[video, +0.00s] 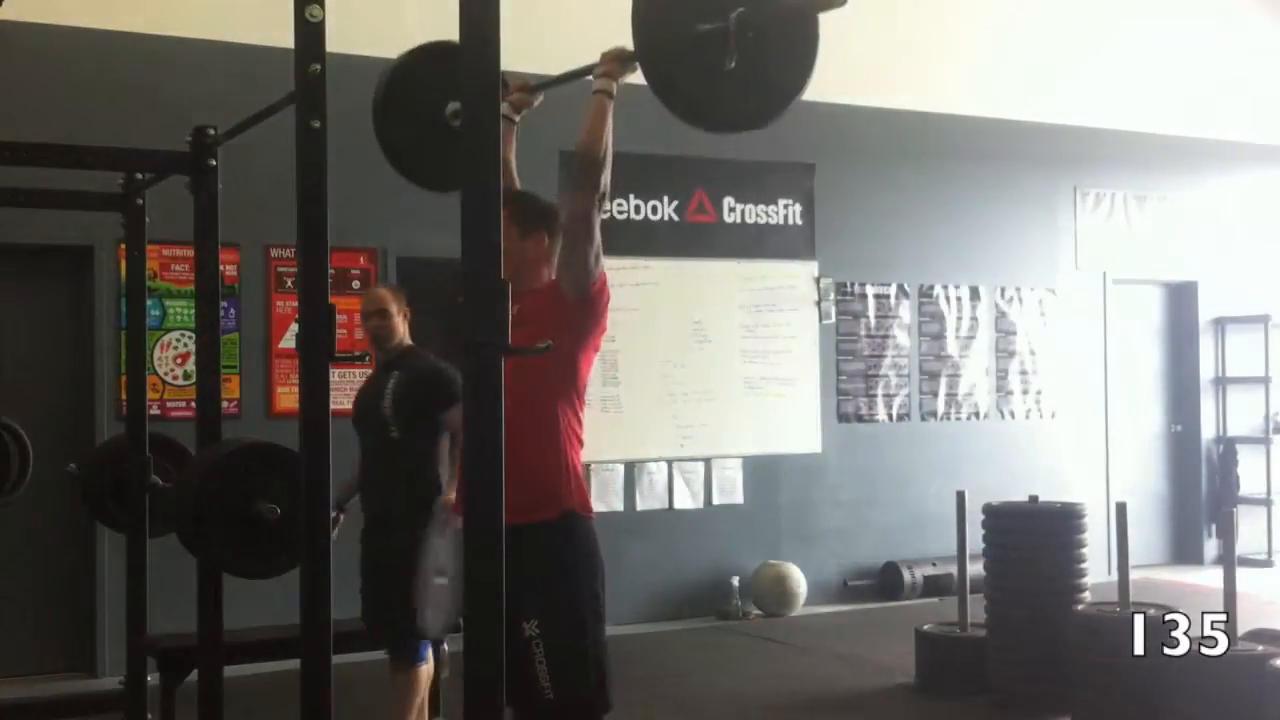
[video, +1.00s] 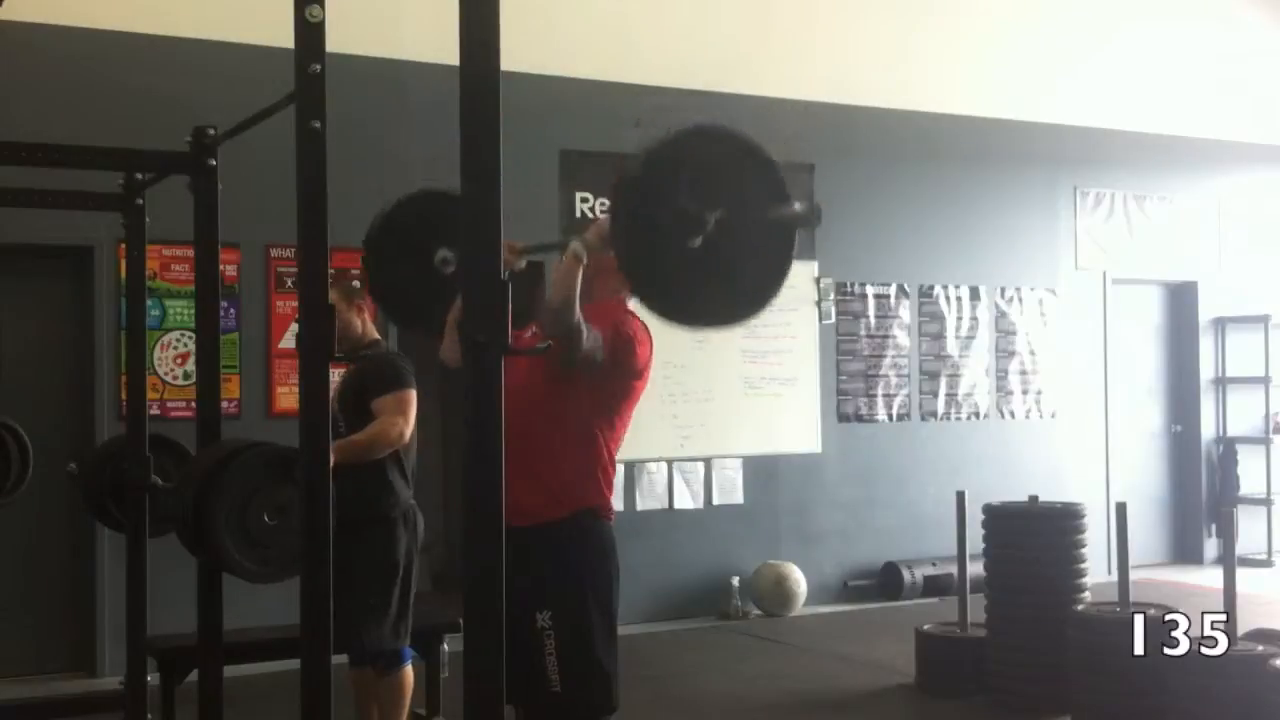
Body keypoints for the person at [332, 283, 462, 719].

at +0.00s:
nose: (373, 325)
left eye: (382, 315)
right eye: (366, 318)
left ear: (405, 317)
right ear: (361, 325)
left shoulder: (434, 374)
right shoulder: (371, 385)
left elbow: (462, 434)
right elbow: (371, 459)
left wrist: (456, 489)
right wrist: (338, 502)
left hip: (426, 516)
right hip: (383, 518)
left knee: (413, 629)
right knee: (395, 627)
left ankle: (407, 717)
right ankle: (422, 714)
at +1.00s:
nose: (331, 327)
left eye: (335, 316)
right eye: (328, 318)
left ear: (363, 310)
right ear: (352, 315)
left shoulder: (387, 364)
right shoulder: (357, 369)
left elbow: (397, 428)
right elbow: (348, 430)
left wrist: (332, 452)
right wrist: (325, 451)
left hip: (387, 517)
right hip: (359, 515)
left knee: (386, 644)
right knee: (361, 644)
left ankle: (394, 719)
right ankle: (369, 717)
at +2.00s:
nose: (315, 331)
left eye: (321, 319)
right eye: (311, 321)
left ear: (342, 315)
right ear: (327, 318)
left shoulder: (369, 366)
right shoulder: (327, 370)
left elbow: (382, 436)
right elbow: (326, 438)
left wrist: (319, 474)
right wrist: (299, 478)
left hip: (374, 513)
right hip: (344, 511)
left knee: (377, 646)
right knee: (360, 645)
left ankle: (388, 718)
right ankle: (368, 717)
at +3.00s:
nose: (285, 331)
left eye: (292, 321)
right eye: (282, 322)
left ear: (317, 319)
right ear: (287, 325)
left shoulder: (352, 366)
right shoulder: (316, 371)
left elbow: (368, 431)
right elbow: (287, 425)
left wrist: (305, 476)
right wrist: (246, 463)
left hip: (371, 519)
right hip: (339, 519)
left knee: (376, 649)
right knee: (350, 649)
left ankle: (389, 719)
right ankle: (363, 717)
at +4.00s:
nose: (339, 322)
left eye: (347, 310)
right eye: (333, 311)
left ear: (374, 313)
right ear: (325, 316)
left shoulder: (404, 368)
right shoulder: (319, 374)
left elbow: (431, 443)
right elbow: (278, 430)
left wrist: (437, 514)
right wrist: (239, 476)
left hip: (400, 521)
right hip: (340, 522)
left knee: (421, 636)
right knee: (354, 640)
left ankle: (442, 716)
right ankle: (352, 716)